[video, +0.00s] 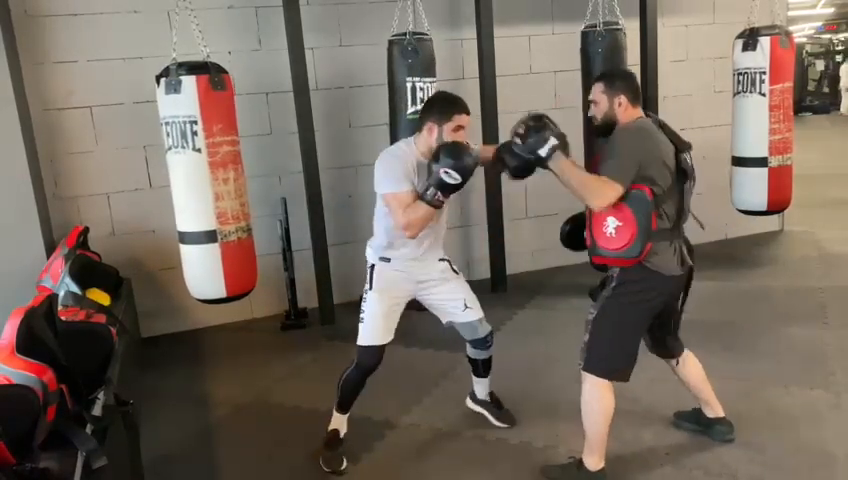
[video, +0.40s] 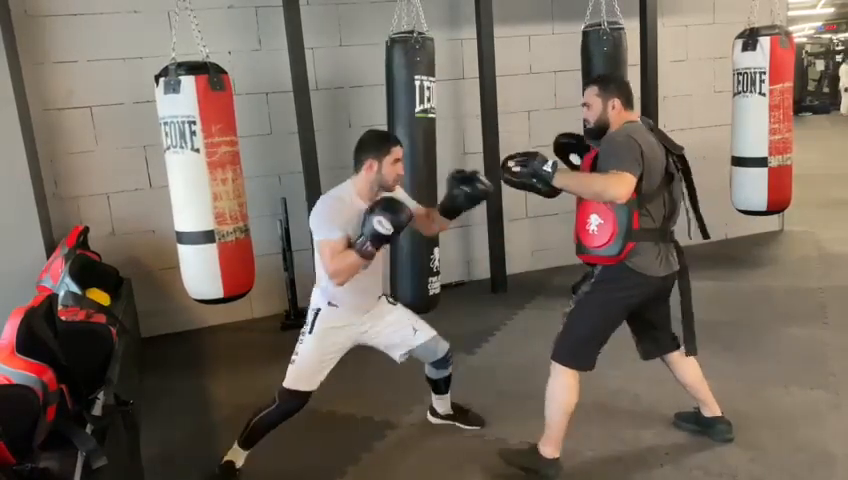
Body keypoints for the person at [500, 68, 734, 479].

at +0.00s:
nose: (591, 110)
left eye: (596, 102)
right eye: (591, 102)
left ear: (620, 101)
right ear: (628, 103)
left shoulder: (630, 137)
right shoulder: (655, 132)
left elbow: (601, 197)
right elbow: (651, 201)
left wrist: (552, 155)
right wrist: (596, 222)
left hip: (642, 272)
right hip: (674, 265)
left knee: (596, 366)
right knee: (669, 344)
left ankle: (592, 464)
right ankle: (715, 415)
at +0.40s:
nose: (584, 113)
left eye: (588, 105)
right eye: (583, 106)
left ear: (614, 104)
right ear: (622, 105)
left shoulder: (621, 139)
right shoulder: (647, 135)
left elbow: (618, 189)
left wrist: (552, 176)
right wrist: (588, 159)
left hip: (626, 268)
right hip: (660, 265)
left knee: (567, 354)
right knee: (667, 344)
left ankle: (547, 453)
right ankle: (713, 415)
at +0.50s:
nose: (567, 119)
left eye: (571, 110)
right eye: (566, 111)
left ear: (595, 110)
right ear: (603, 112)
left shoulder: (609, 148)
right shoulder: (629, 144)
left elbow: (616, 204)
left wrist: (556, 178)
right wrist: (569, 158)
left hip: (615, 278)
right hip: (644, 274)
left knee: (557, 364)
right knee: (660, 348)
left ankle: (529, 454)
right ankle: (712, 415)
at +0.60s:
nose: (550, 118)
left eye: (553, 110)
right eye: (550, 110)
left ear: (576, 111)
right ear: (582, 111)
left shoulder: (602, 152)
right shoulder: (594, 147)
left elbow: (600, 214)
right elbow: (561, 190)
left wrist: (544, 182)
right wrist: (511, 157)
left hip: (594, 281)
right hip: (621, 275)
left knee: (534, 360)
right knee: (653, 349)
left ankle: (527, 456)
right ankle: (707, 414)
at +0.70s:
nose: (531, 114)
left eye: (533, 106)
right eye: (530, 106)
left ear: (552, 106)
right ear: (569, 106)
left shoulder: (566, 143)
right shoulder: (593, 137)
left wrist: (509, 151)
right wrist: (532, 149)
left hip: (582, 273)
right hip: (621, 268)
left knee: (527, 357)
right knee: (644, 338)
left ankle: (527, 455)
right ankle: (692, 405)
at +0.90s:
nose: (509, 128)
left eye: (511, 120)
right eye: (508, 120)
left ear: (532, 119)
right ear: (547, 119)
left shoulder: (526, 153)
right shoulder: (584, 147)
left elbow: (471, 195)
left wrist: (443, 173)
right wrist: (512, 215)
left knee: (513, 361)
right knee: (629, 344)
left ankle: (524, 455)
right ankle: (661, 413)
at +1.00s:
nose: (512, 122)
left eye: (514, 114)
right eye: (511, 114)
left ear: (535, 113)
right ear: (549, 113)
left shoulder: (550, 150)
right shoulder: (576, 141)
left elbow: (536, 215)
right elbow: (565, 201)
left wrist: (498, 208)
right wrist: (519, 185)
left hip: (577, 277)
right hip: (608, 269)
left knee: (522, 361)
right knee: (618, 344)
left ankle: (526, 455)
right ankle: (662, 413)